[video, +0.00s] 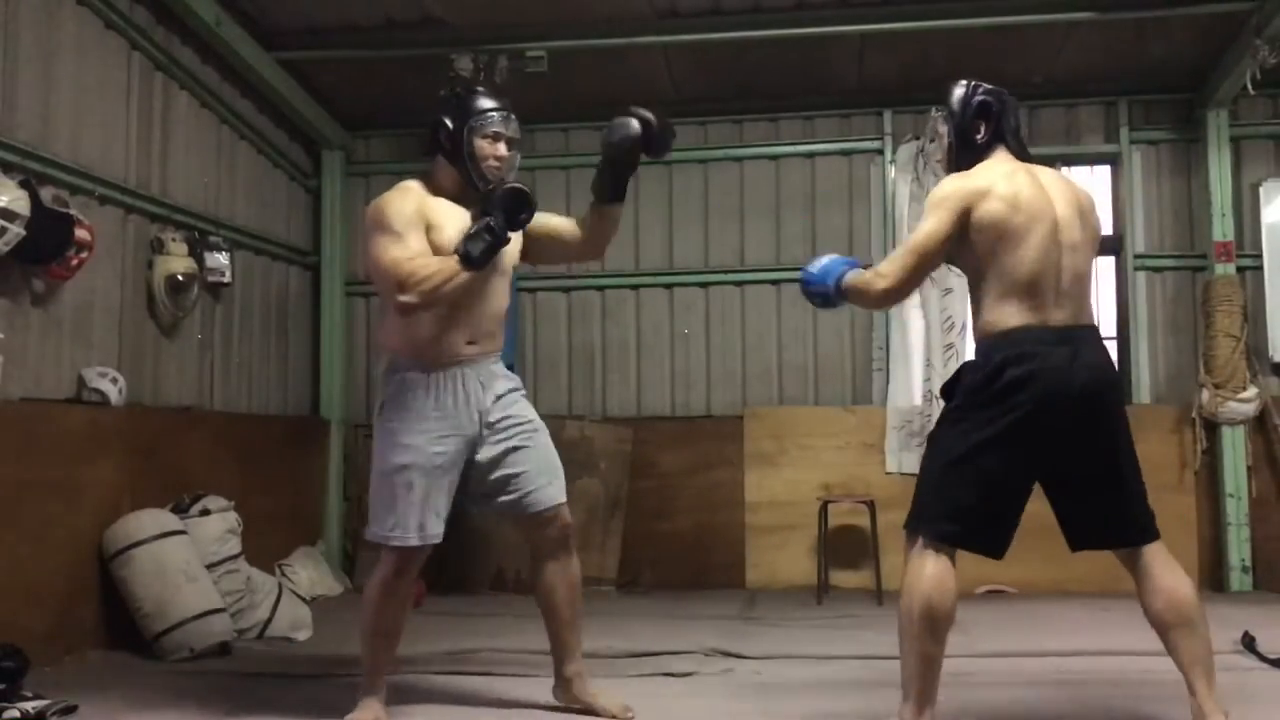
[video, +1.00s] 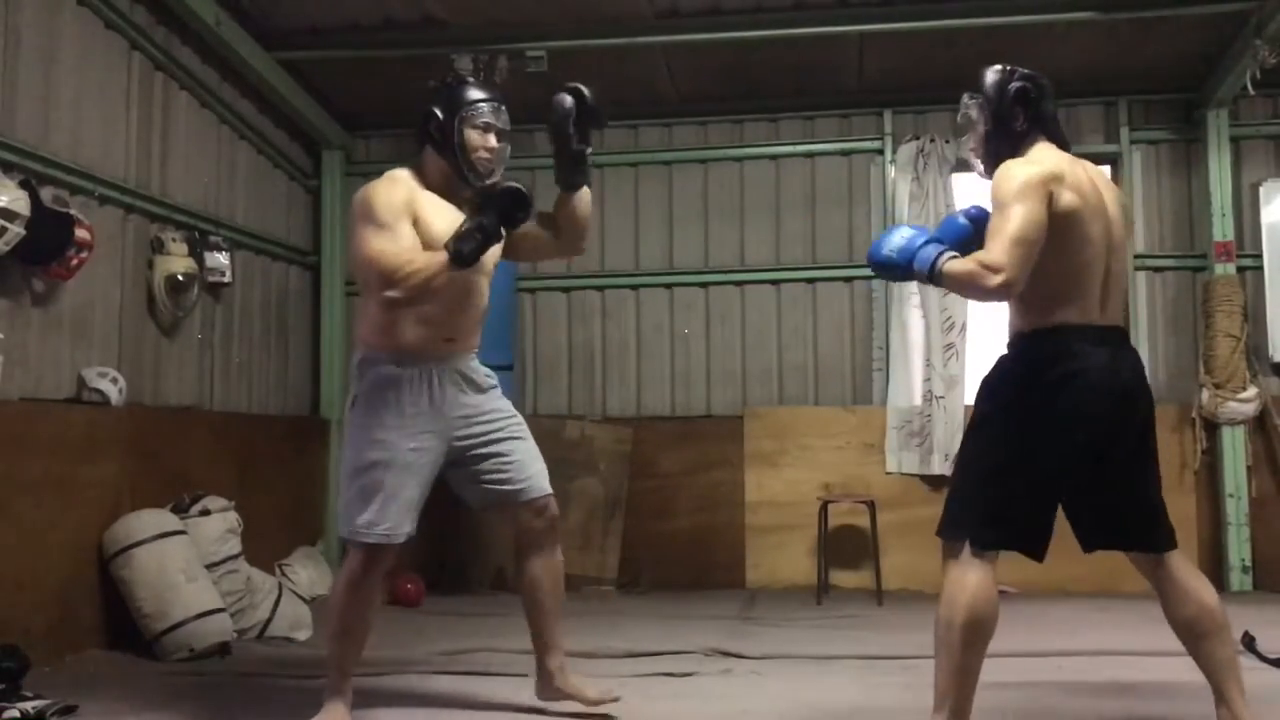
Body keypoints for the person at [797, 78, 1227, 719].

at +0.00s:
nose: (937, 145)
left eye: (940, 133)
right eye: (937, 132)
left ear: (966, 133)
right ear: (1008, 131)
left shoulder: (960, 189)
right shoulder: (1073, 190)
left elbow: (885, 287)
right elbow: (1073, 261)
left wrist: (837, 277)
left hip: (1006, 374)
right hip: (1089, 372)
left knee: (932, 542)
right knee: (1142, 544)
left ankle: (916, 709)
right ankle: (1210, 706)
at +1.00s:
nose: (968, 139)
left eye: (972, 122)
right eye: (967, 123)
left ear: (1003, 120)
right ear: (1037, 118)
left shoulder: (1023, 174)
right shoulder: (1100, 178)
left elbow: (998, 277)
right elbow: (1074, 263)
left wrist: (926, 260)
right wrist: (991, 231)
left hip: (1041, 378)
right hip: (1118, 376)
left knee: (970, 547)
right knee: (1158, 553)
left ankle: (948, 713)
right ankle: (1237, 708)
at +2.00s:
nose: (1019, 143)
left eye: (1023, 128)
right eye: (1019, 128)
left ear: (1051, 127)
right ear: (1097, 125)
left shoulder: (1046, 188)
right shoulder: (1172, 197)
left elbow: (927, 253)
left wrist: (873, 232)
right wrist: (1038, 187)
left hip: (1081, 391)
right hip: (1173, 391)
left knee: (987, 556)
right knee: (1226, 569)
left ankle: (949, 712)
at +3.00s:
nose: (1069, 129)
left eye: (1075, 112)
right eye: (1067, 114)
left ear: (1114, 107)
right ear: (1142, 107)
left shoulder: (1146, 169)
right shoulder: (1217, 176)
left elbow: (1106, 283)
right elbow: (1144, 295)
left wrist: (1016, 235)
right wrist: (1044, 273)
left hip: (1162, 381)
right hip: (1245, 379)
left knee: (1063, 546)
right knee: (1270, 564)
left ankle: (1037, 711)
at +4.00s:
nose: (1037, 133)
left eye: (1047, 116)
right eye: (1036, 119)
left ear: (1091, 114)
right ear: (1089, 119)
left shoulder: (1147, 178)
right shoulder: (1120, 198)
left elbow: (1126, 302)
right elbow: (1092, 319)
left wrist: (1029, 255)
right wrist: (1011, 278)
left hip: (1169, 388)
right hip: (1204, 390)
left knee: (1047, 549)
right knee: (1242, 569)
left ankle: (1033, 711)